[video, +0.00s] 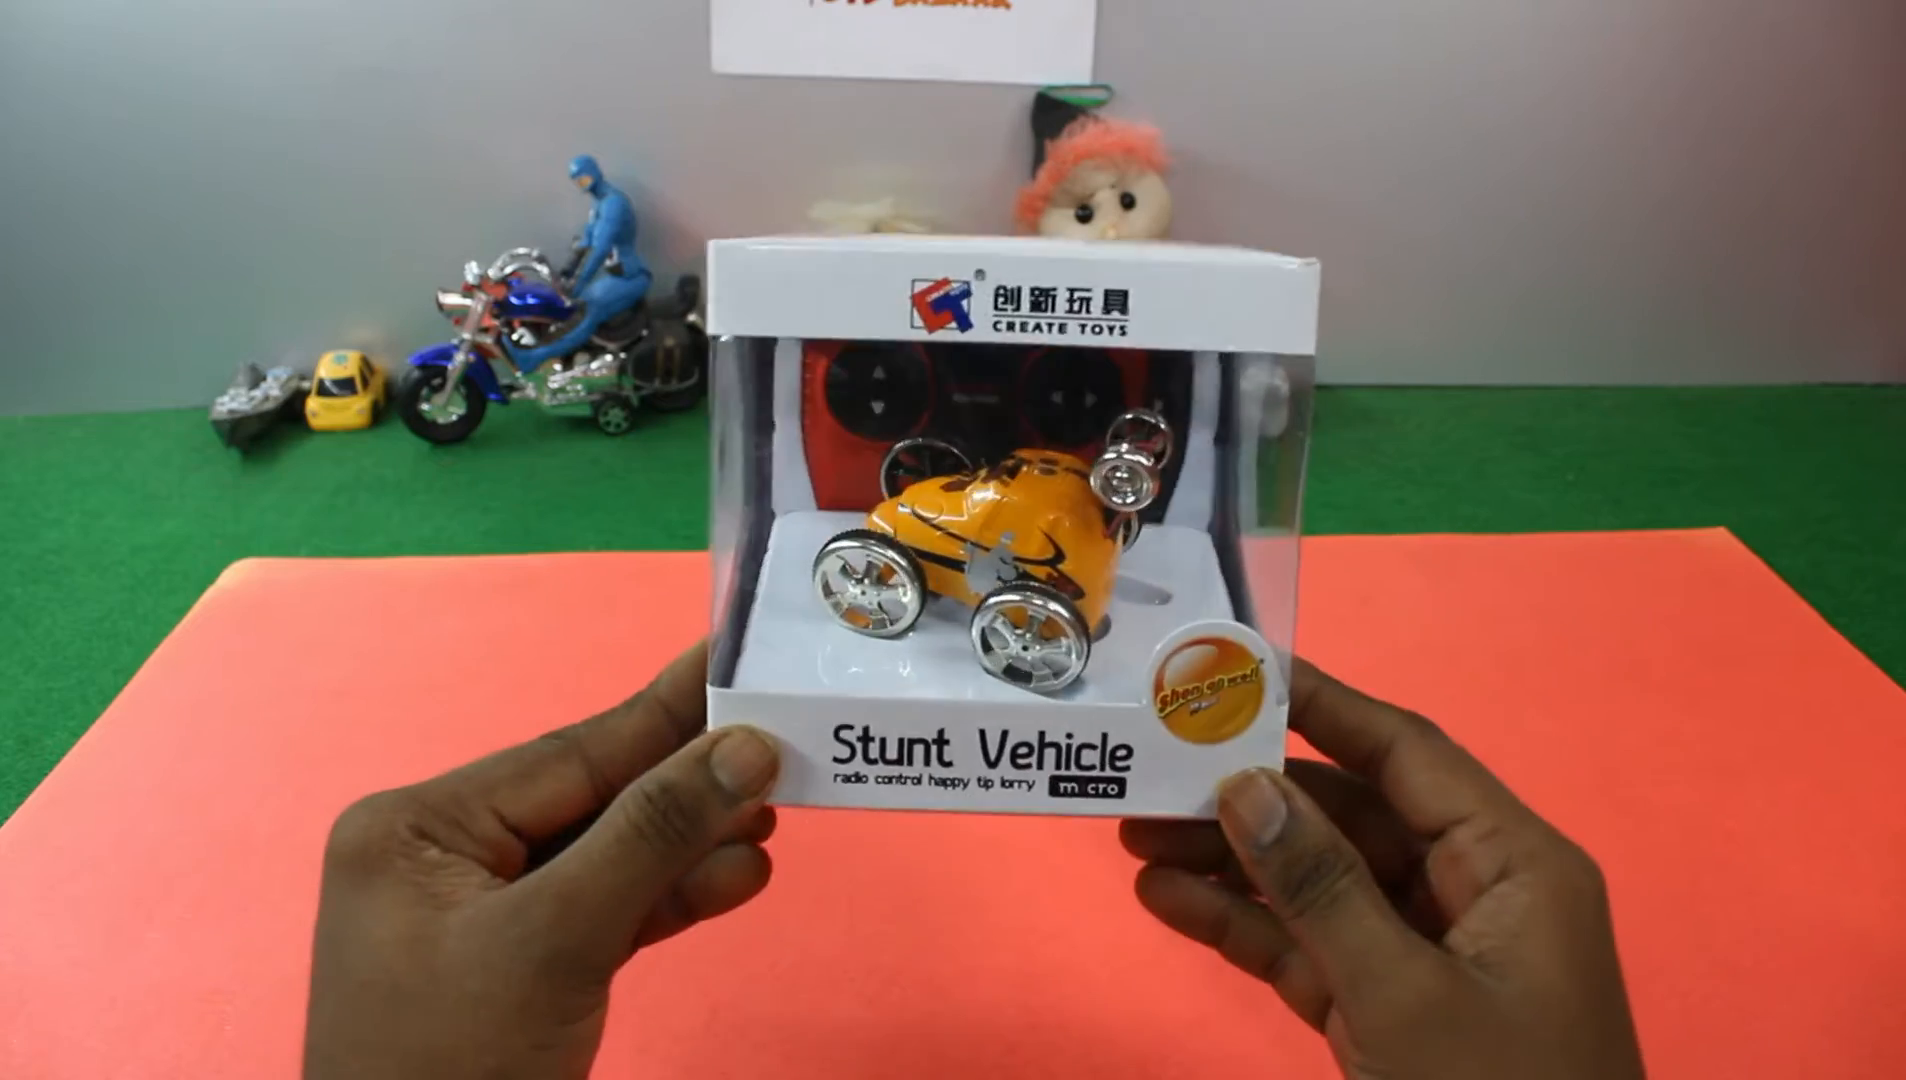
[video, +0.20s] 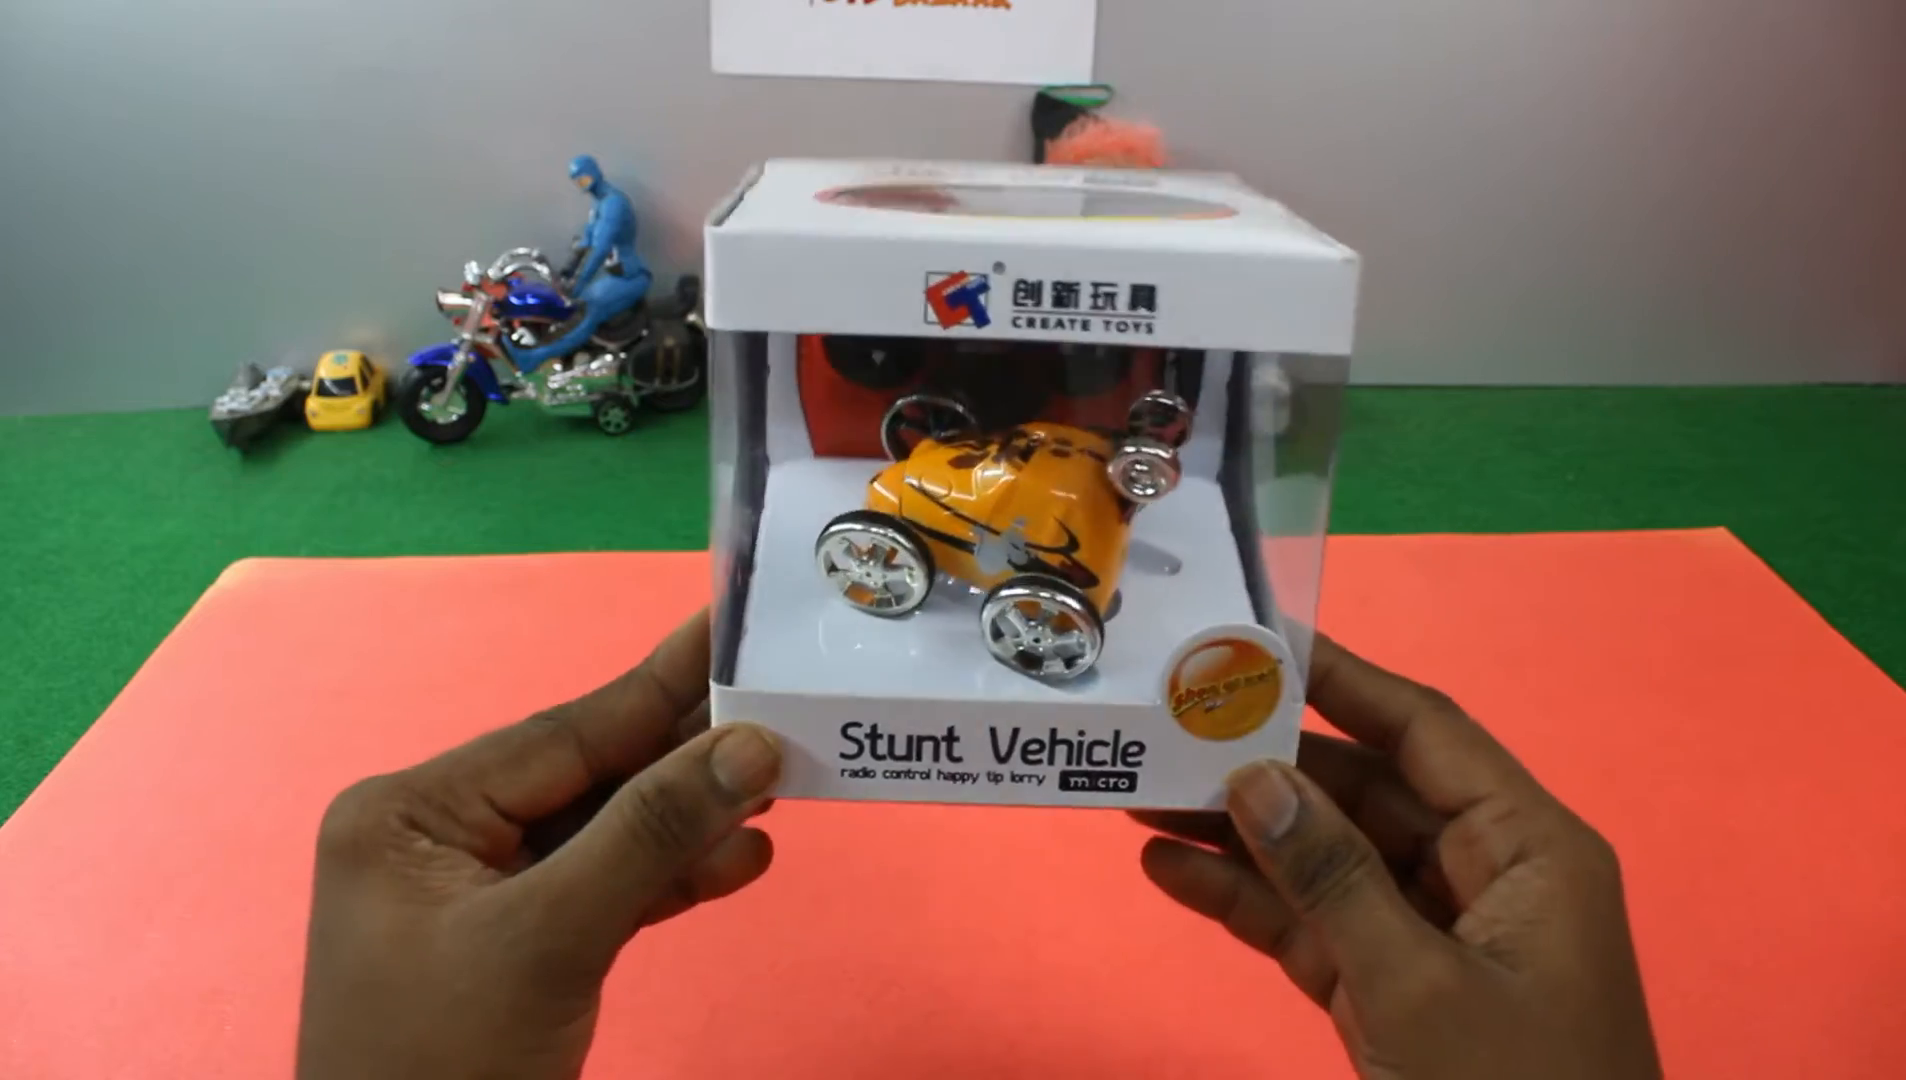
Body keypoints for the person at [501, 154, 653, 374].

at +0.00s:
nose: (581, 184)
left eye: (583, 177)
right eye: (576, 180)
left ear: (594, 174)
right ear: (576, 181)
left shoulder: (614, 203)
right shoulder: (598, 203)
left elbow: (601, 248)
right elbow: (586, 241)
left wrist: (577, 287)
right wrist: (567, 271)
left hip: (631, 277)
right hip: (612, 272)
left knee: (593, 313)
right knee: (575, 301)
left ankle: (532, 359)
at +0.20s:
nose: (581, 184)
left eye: (583, 177)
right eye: (576, 180)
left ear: (594, 174)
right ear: (576, 181)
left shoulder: (614, 203)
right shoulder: (598, 203)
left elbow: (601, 248)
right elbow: (586, 241)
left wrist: (577, 287)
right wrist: (567, 271)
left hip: (631, 277)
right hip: (611, 272)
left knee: (593, 313)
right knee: (574, 301)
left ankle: (532, 359)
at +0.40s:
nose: (581, 184)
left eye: (583, 177)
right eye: (576, 179)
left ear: (594, 174)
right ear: (576, 181)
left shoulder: (614, 203)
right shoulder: (598, 203)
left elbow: (601, 248)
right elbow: (586, 241)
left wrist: (577, 287)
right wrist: (567, 272)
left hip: (630, 277)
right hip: (611, 272)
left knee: (592, 312)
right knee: (573, 302)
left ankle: (532, 358)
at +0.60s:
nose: (581, 184)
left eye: (583, 177)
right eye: (577, 180)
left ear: (594, 174)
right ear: (577, 181)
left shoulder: (614, 203)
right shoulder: (598, 205)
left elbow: (602, 248)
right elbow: (587, 241)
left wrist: (578, 285)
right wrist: (567, 271)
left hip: (630, 276)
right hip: (611, 272)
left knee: (592, 311)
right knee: (574, 302)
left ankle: (532, 358)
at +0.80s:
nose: (581, 184)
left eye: (583, 177)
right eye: (577, 180)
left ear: (594, 174)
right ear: (576, 181)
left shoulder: (614, 203)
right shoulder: (598, 204)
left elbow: (602, 247)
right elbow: (587, 241)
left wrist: (578, 286)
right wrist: (568, 271)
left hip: (630, 276)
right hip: (611, 272)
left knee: (592, 311)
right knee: (574, 302)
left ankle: (533, 358)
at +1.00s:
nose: (581, 184)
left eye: (583, 177)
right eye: (577, 180)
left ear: (594, 174)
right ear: (577, 181)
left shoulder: (614, 203)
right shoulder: (598, 204)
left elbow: (602, 248)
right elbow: (587, 241)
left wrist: (578, 285)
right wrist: (568, 270)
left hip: (630, 276)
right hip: (611, 272)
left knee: (591, 312)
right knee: (574, 301)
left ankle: (532, 358)